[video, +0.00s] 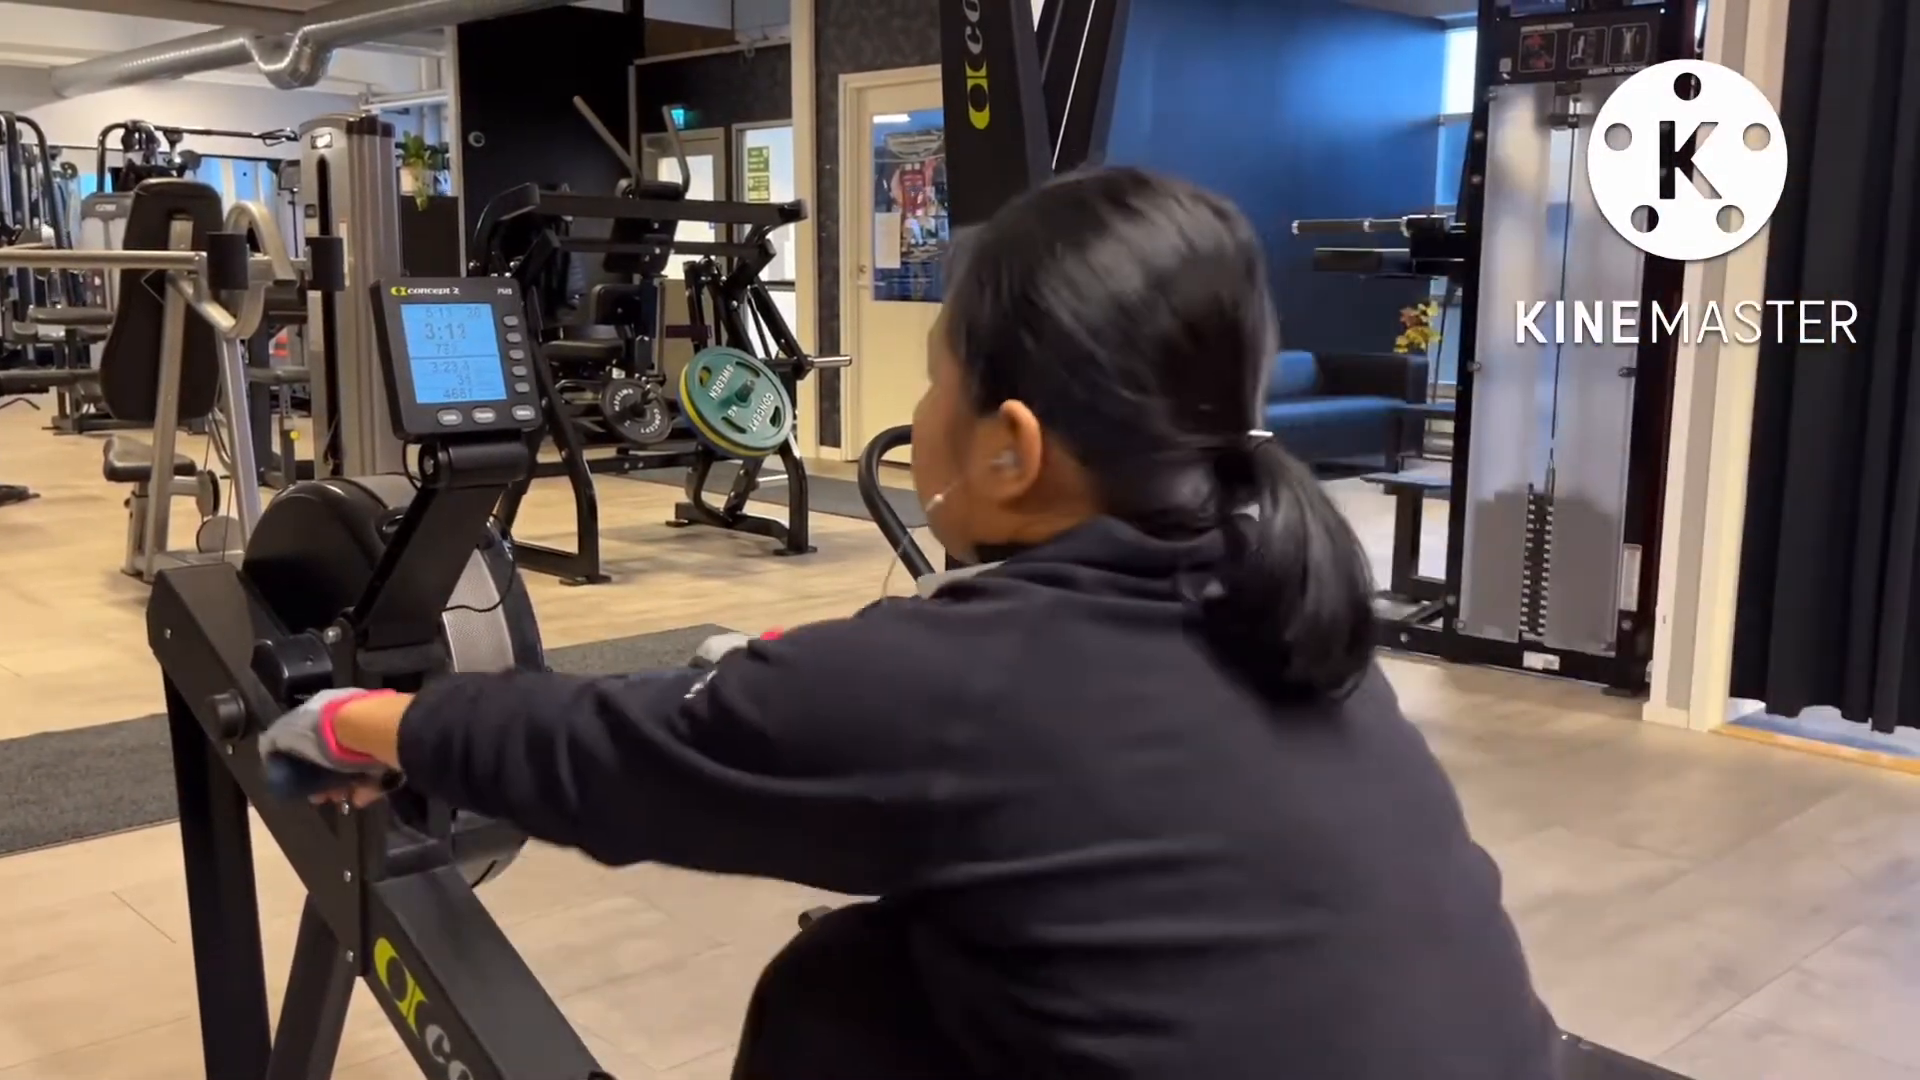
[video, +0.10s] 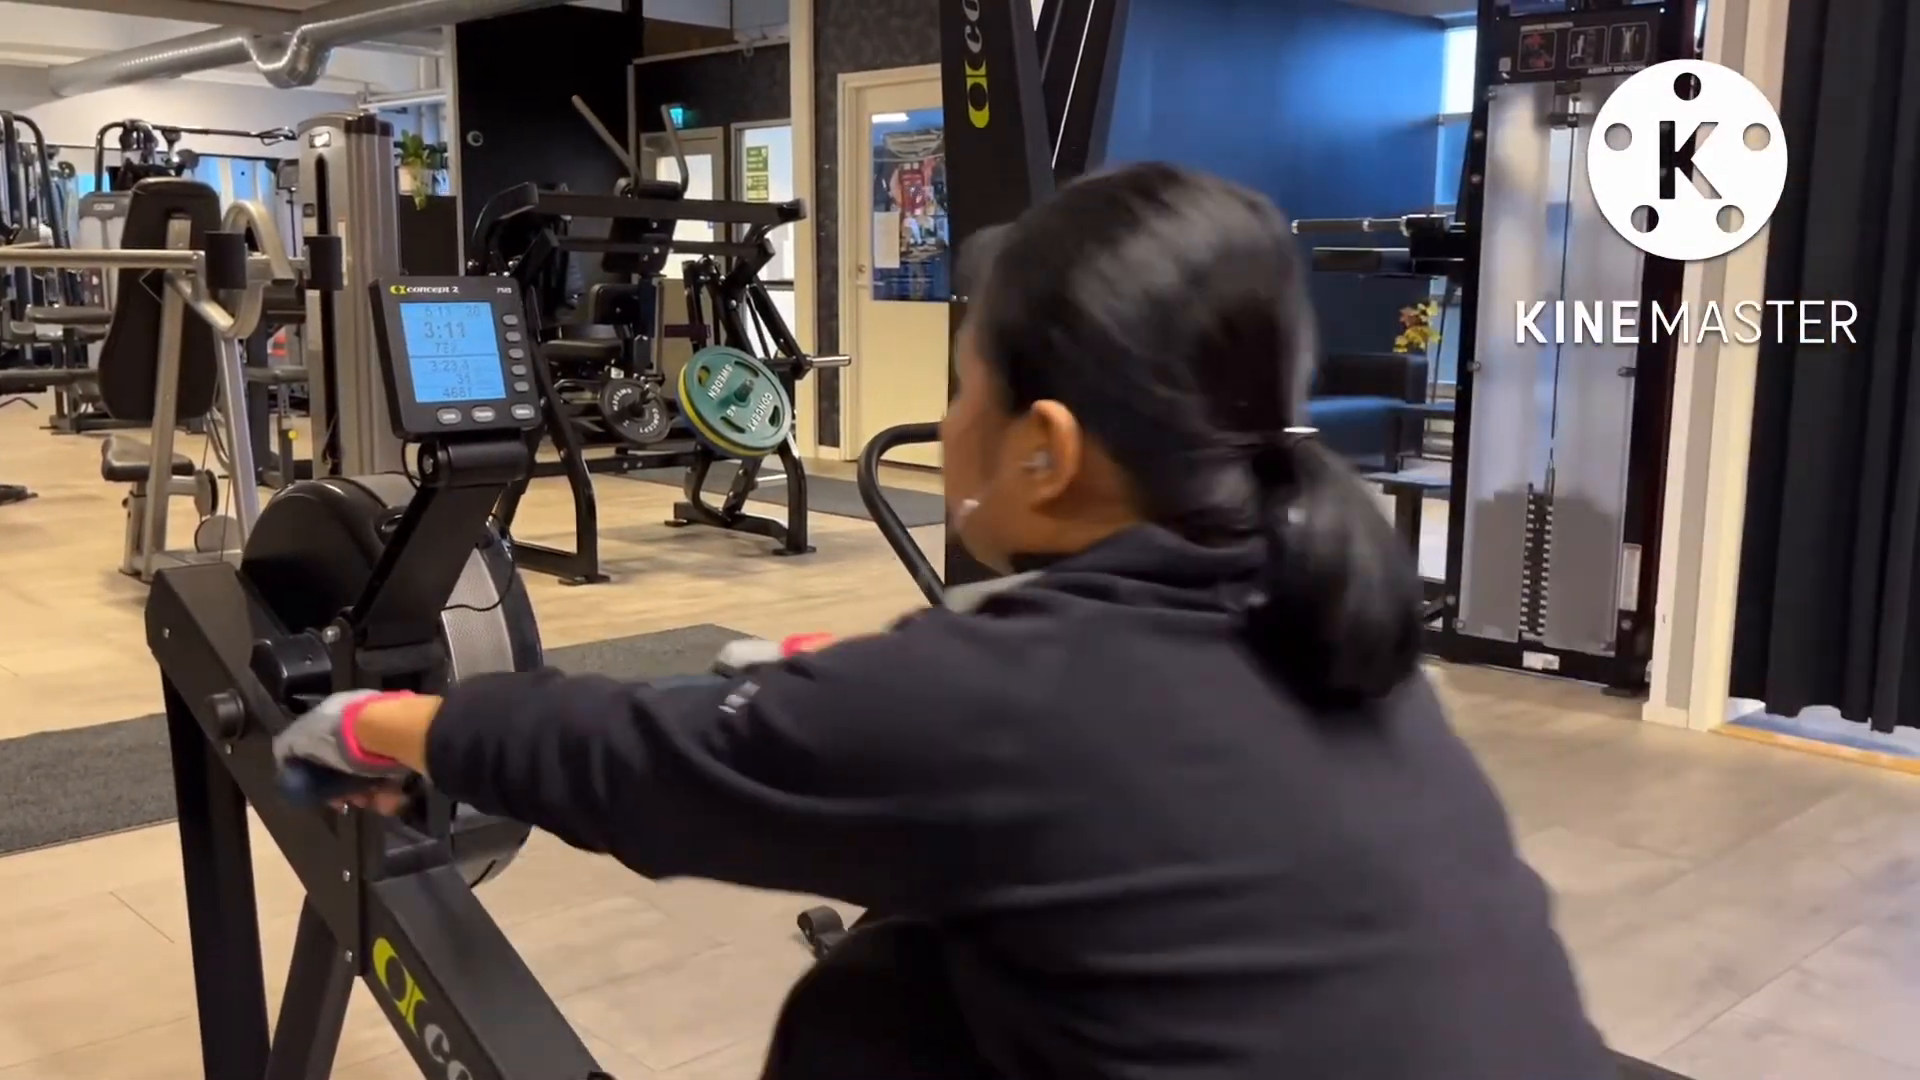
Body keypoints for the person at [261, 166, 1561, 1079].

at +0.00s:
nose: (916, 419)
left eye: (934, 383)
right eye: (930, 375)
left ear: (1018, 447)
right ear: (1210, 423)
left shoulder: (961, 674)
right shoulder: (1297, 594)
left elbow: (638, 744)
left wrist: (385, 725)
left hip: (1237, 1066)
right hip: (1490, 1048)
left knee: (831, 977)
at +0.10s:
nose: (939, 426)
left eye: (957, 389)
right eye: (948, 381)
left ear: (1051, 446)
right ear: (1245, 419)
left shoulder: (992, 692)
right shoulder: (1339, 603)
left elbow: (669, 756)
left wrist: (414, 726)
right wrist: (852, 680)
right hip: (1546, 1049)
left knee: (855, 1000)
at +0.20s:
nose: (1029, 434)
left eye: (1051, 396)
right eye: (1039, 392)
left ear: (1163, 445)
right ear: (1353, 413)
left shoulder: (1115, 723)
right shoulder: (1458, 603)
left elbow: (764, 807)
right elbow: (1242, 693)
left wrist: (496, 791)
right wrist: (975, 692)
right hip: (1639, 1047)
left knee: (926, 1022)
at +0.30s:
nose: (1172, 425)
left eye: (1199, 386)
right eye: (1185, 379)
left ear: (1338, 448)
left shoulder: (1250, 788)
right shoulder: (1650, 659)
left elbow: (875, 901)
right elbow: (1397, 751)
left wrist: (602, 866)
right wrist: (1112, 747)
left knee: (1001, 1046)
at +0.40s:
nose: (1354, 440)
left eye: (1383, 390)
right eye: (1364, 386)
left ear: (1560, 443)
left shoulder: (1454, 843)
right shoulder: (1839, 717)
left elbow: (1051, 965)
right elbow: (1474, 772)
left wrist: (702, 917)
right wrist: (1184, 778)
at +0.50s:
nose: (1570, 442)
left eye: (1618, 362)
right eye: (1593, 359)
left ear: (1837, 439)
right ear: (1837, 444)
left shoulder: (1715, 897)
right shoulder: (1848, 747)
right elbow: (1577, 814)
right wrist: (1180, 806)